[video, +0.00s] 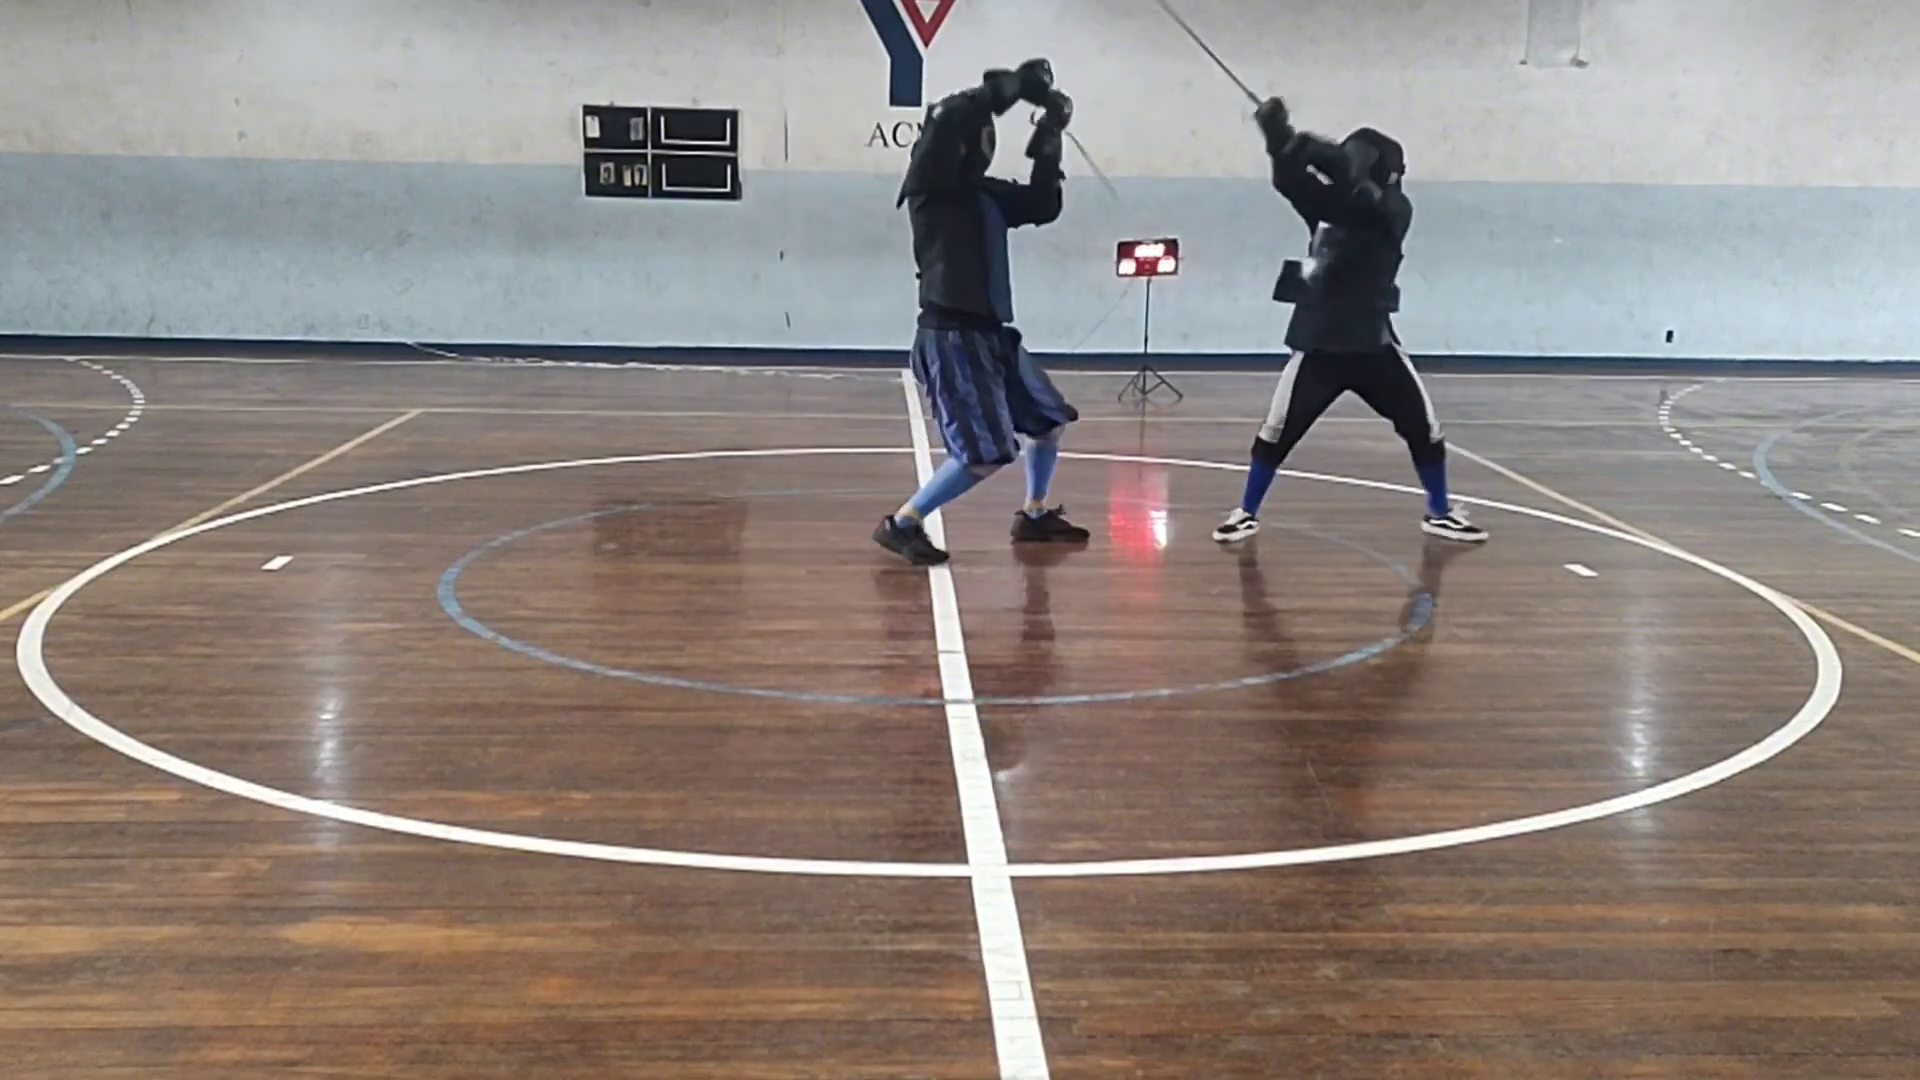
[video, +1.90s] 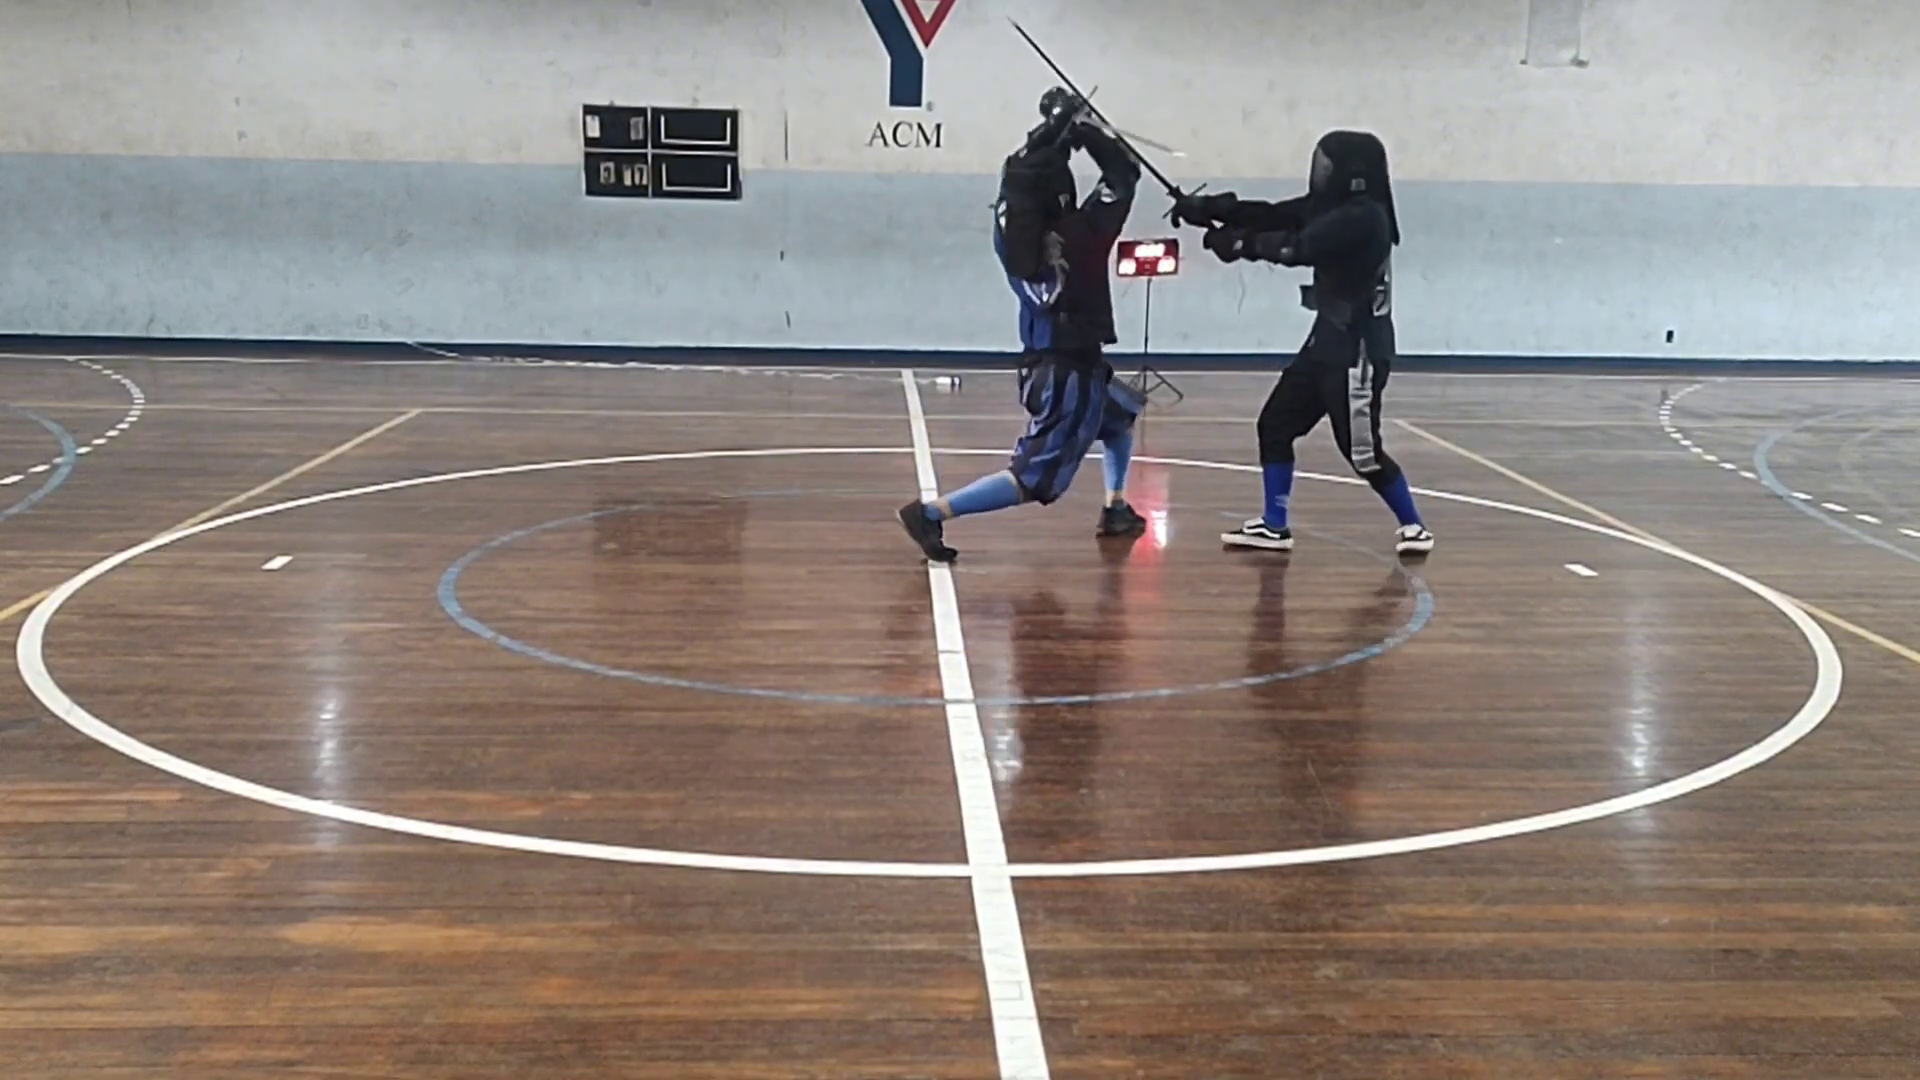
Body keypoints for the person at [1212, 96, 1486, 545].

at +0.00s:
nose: (1344, 165)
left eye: (1354, 157)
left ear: (1378, 166)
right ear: (1366, 162)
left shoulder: (1395, 207)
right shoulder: (1325, 203)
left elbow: (1354, 180)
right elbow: (1291, 181)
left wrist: (1312, 151)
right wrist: (1278, 142)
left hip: (1374, 345)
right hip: (1319, 344)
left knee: (1423, 428)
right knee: (1277, 431)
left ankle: (1439, 512)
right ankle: (1247, 513)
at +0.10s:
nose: (1329, 161)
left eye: (1341, 154)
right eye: (1329, 152)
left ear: (1365, 163)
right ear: (1335, 157)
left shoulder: (1375, 207)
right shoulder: (1325, 195)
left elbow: (1324, 230)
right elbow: (1279, 200)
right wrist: (1238, 183)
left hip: (1354, 340)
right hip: (1304, 338)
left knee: (1390, 430)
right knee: (1270, 427)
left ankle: (1412, 509)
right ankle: (1245, 510)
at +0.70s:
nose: (1327, 178)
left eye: (1335, 171)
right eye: (1328, 170)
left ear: (1363, 175)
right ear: (1340, 175)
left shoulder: (1391, 216)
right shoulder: (1329, 208)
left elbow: (1335, 219)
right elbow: (1275, 214)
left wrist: (1252, 197)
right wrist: (1236, 185)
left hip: (1375, 348)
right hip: (1318, 343)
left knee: (1418, 439)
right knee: (1269, 427)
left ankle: (1447, 522)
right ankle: (1260, 518)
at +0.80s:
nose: (1344, 176)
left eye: (1352, 168)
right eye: (1340, 168)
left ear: (1377, 168)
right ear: (1337, 173)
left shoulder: (1402, 203)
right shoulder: (1332, 211)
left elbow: (1359, 175)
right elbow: (1285, 228)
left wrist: (1299, 151)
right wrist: (1280, 173)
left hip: (1396, 351)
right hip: (1336, 352)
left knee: (1436, 440)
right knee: (1285, 436)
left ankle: (1447, 523)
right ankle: (1263, 519)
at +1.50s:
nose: (1307, 157)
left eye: (1314, 150)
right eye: (1306, 151)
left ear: (1343, 153)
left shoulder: (1368, 190)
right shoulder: (1304, 207)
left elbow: (1317, 159)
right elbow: (1245, 198)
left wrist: (1258, 125)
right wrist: (1212, 142)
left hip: (1351, 337)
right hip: (1297, 339)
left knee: (1389, 435)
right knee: (1280, 440)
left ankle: (1406, 523)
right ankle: (1282, 527)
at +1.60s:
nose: (1311, 154)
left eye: (1319, 147)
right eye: (1314, 147)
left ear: (1345, 153)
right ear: (1343, 153)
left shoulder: (1363, 191)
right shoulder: (1322, 193)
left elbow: (1296, 206)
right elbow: (1260, 204)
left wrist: (1221, 169)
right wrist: (1207, 168)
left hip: (1346, 330)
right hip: (1299, 327)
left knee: (1365, 435)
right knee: (1274, 433)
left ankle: (1397, 521)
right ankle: (1281, 526)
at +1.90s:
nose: (1313, 173)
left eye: (1322, 166)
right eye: (1316, 165)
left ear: (1349, 173)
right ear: (1347, 172)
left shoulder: (1363, 216)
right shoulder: (1331, 206)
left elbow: (1297, 249)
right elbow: (1276, 215)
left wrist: (1240, 243)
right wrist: (1208, 209)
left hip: (1360, 348)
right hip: (1327, 342)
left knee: (1361, 450)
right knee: (1275, 426)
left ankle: (1412, 526)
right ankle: (1273, 526)